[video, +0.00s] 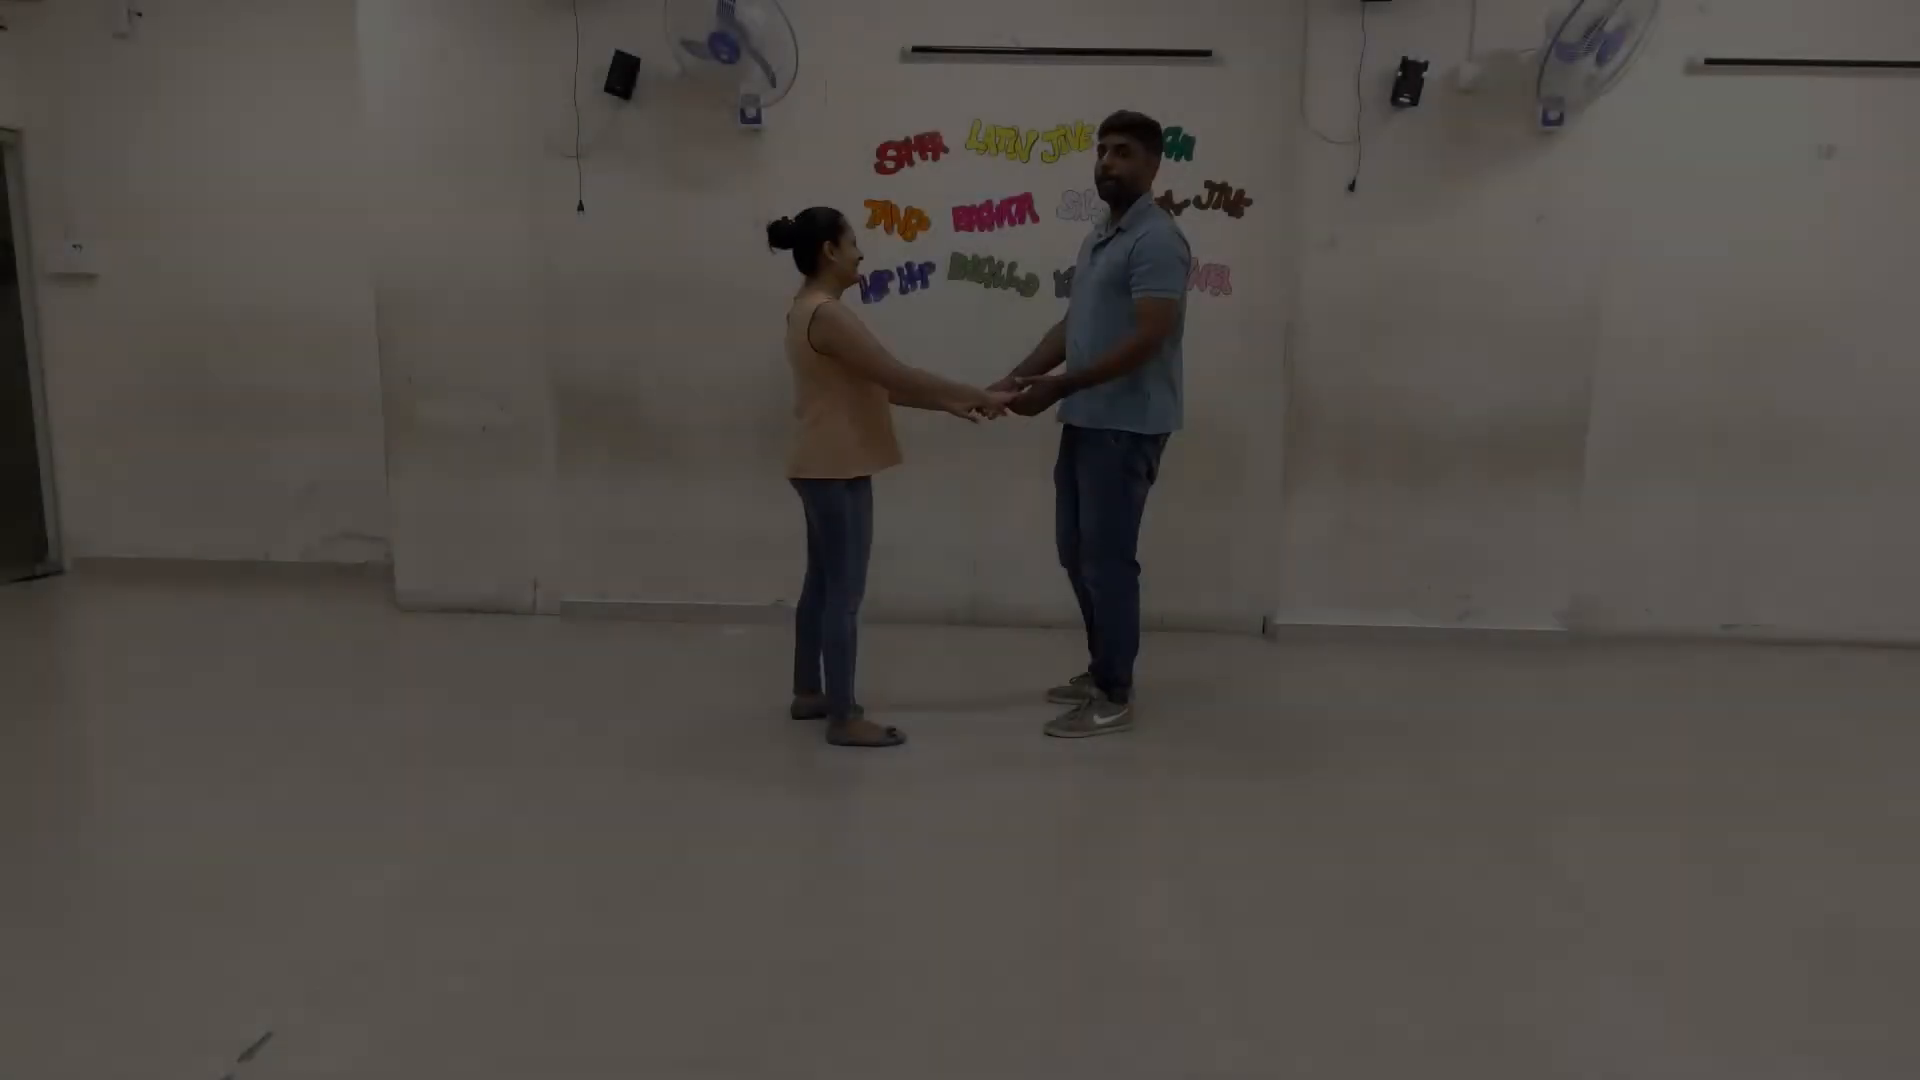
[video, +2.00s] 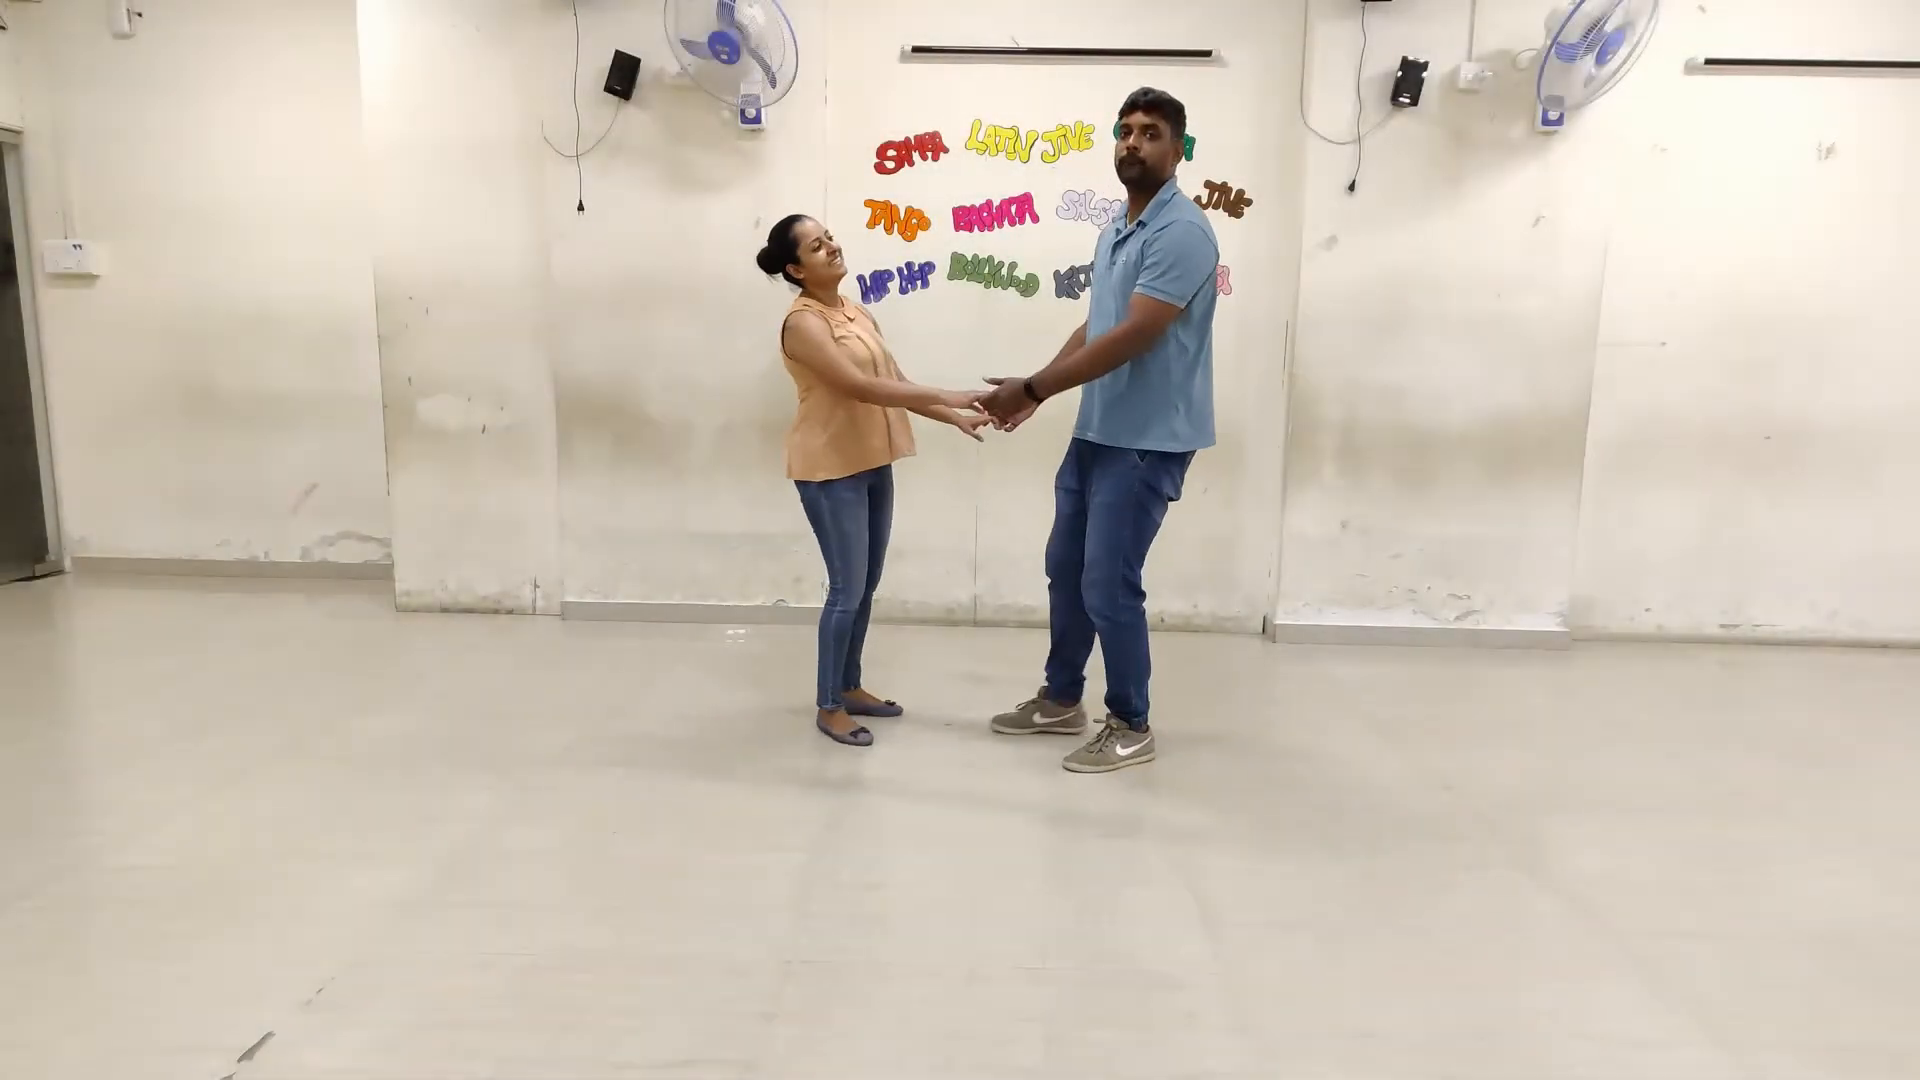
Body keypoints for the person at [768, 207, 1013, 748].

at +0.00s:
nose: (861, 254)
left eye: (857, 244)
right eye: (854, 245)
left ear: (820, 254)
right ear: (829, 252)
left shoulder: (808, 311)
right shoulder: (827, 315)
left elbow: (885, 386)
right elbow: (895, 375)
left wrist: (953, 404)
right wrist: (975, 394)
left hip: (820, 468)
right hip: (840, 470)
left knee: (822, 582)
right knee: (845, 594)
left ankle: (809, 693)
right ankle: (844, 717)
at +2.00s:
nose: (833, 247)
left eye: (830, 238)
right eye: (817, 246)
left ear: (836, 248)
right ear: (795, 269)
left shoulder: (856, 313)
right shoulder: (802, 324)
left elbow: (896, 386)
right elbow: (858, 387)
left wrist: (955, 411)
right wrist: (947, 402)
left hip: (873, 466)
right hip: (830, 473)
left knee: (864, 586)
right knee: (846, 589)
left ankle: (849, 689)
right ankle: (828, 708)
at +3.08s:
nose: (900, 267)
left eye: (896, 258)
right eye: (889, 259)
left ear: (865, 272)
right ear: (860, 271)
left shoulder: (871, 332)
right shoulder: (853, 334)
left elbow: (903, 418)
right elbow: (889, 422)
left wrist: (981, 420)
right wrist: (977, 429)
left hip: (882, 493)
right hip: (849, 496)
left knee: (933, 584)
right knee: (863, 614)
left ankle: (923, 706)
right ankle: (799, 719)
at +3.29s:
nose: (947, 246)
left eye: (943, 238)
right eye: (936, 238)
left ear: (911, 250)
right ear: (907, 249)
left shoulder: (919, 311)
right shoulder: (900, 314)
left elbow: (926, 398)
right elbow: (917, 404)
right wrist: (993, 380)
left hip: (930, 469)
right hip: (900, 473)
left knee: (951, 587)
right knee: (931, 594)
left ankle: (925, 702)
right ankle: (842, 685)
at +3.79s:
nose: (903, 266)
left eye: (900, 256)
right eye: (895, 257)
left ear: (863, 264)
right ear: (868, 263)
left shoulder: (851, 319)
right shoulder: (857, 322)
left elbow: (898, 393)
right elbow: (913, 397)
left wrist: (950, 374)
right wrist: (999, 376)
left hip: (871, 484)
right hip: (853, 486)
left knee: (907, 588)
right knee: (862, 613)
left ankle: (924, 707)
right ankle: (779, 721)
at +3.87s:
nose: (872, 271)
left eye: (869, 261)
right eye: (865, 262)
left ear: (830, 269)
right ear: (838, 268)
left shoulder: (808, 323)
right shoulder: (832, 329)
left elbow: (873, 396)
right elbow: (898, 403)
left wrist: (927, 395)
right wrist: (984, 400)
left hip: (826, 487)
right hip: (822, 490)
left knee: (877, 589)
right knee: (829, 618)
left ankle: (915, 705)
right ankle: (765, 738)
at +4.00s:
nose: (845, 270)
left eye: (843, 261)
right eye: (839, 262)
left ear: (802, 267)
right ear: (812, 268)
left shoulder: (772, 323)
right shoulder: (821, 326)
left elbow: (800, 398)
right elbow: (904, 374)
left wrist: (862, 416)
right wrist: (984, 353)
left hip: (780, 480)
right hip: (803, 486)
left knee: (852, 580)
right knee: (811, 614)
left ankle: (868, 706)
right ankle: (763, 741)